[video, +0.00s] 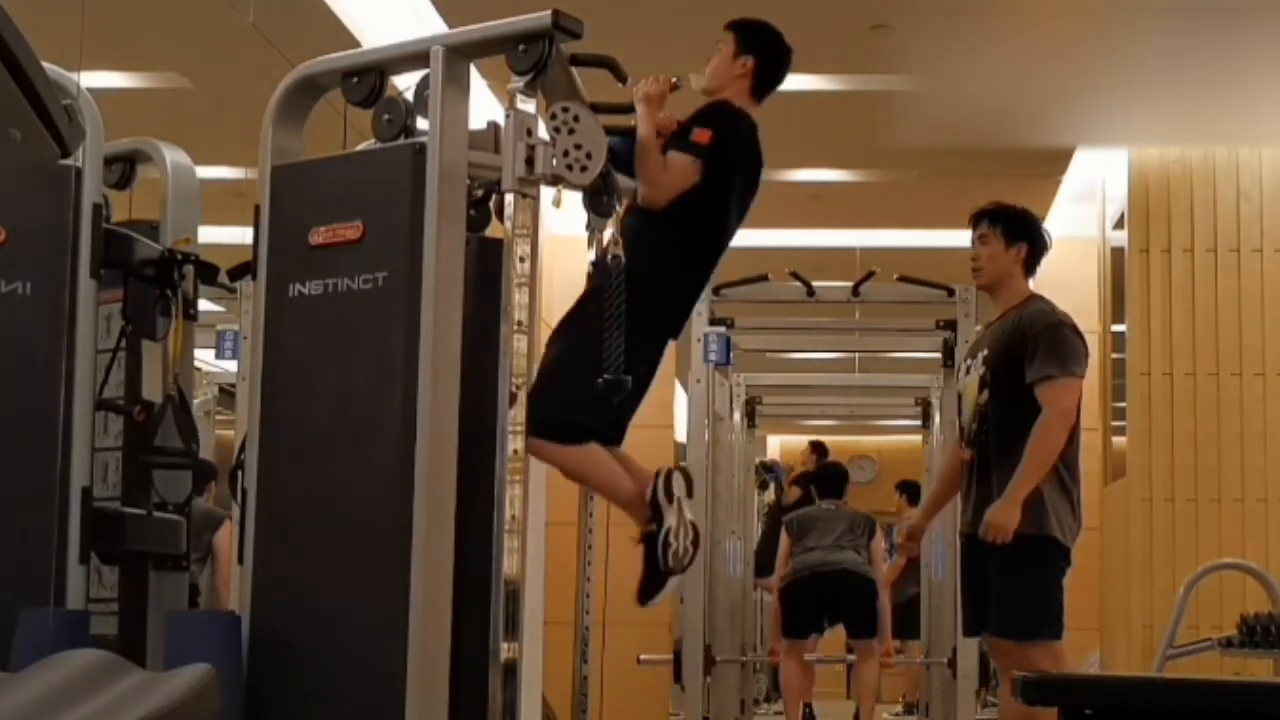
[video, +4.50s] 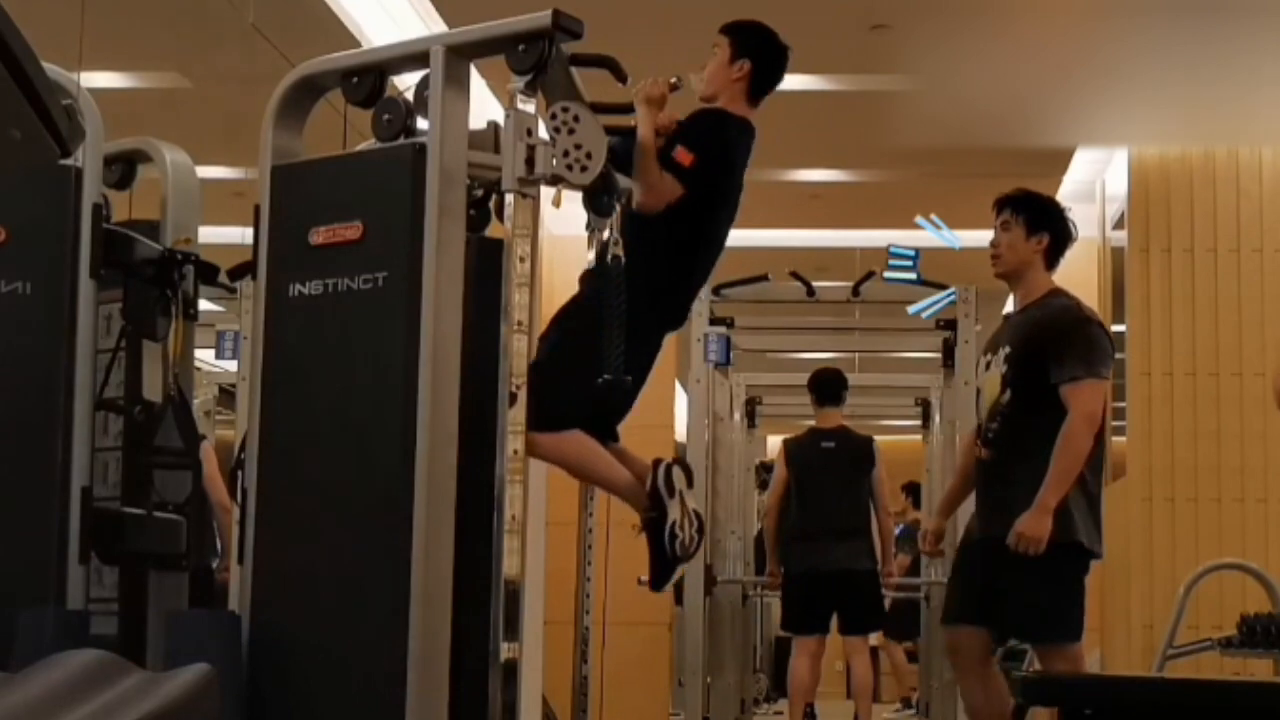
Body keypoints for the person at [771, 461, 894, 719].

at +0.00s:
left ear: (815, 490)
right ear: (846, 490)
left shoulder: (793, 521)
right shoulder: (867, 523)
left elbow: (780, 579)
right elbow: (881, 583)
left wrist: (777, 639)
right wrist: (887, 640)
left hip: (803, 586)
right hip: (856, 585)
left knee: (793, 653)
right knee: (867, 654)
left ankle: (793, 717)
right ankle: (865, 715)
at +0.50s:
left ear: (815, 454)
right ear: (848, 453)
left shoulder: (795, 494)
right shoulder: (868, 493)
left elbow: (782, 555)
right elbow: (880, 557)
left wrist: (779, 599)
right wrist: (886, 609)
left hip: (804, 581)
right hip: (855, 581)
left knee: (797, 652)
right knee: (865, 652)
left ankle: (794, 716)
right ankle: (865, 715)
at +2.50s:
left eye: (814, 461)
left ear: (813, 464)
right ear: (847, 464)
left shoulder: (794, 503)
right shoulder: (867, 502)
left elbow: (780, 564)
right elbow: (882, 564)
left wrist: (775, 613)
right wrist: (887, 618)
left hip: (806, 585)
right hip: (858, 584)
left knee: (801, 653)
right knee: (865, 653)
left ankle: (798, 715)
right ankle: (865, 715)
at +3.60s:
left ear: (817, 409)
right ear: (850, 409)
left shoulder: (794, 457)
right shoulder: (870, 457)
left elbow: (778, 518)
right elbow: (883, 519)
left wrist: (774, 569)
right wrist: (890, 571)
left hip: (807, 566)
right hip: (857, 566)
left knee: (804, 647)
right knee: (860, 647)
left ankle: (797, 715)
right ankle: (864, 714)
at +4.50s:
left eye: (814, 396)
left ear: (811, 399)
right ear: (845, 398)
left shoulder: (790, 448)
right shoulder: (866, 447)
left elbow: (771, 509)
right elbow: (884, 510)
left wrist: (772, 559)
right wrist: (888, 560)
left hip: (806, 567)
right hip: (855, 566)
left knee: (805, 649)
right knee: (858, 650)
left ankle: (797, 716)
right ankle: (863, 715)